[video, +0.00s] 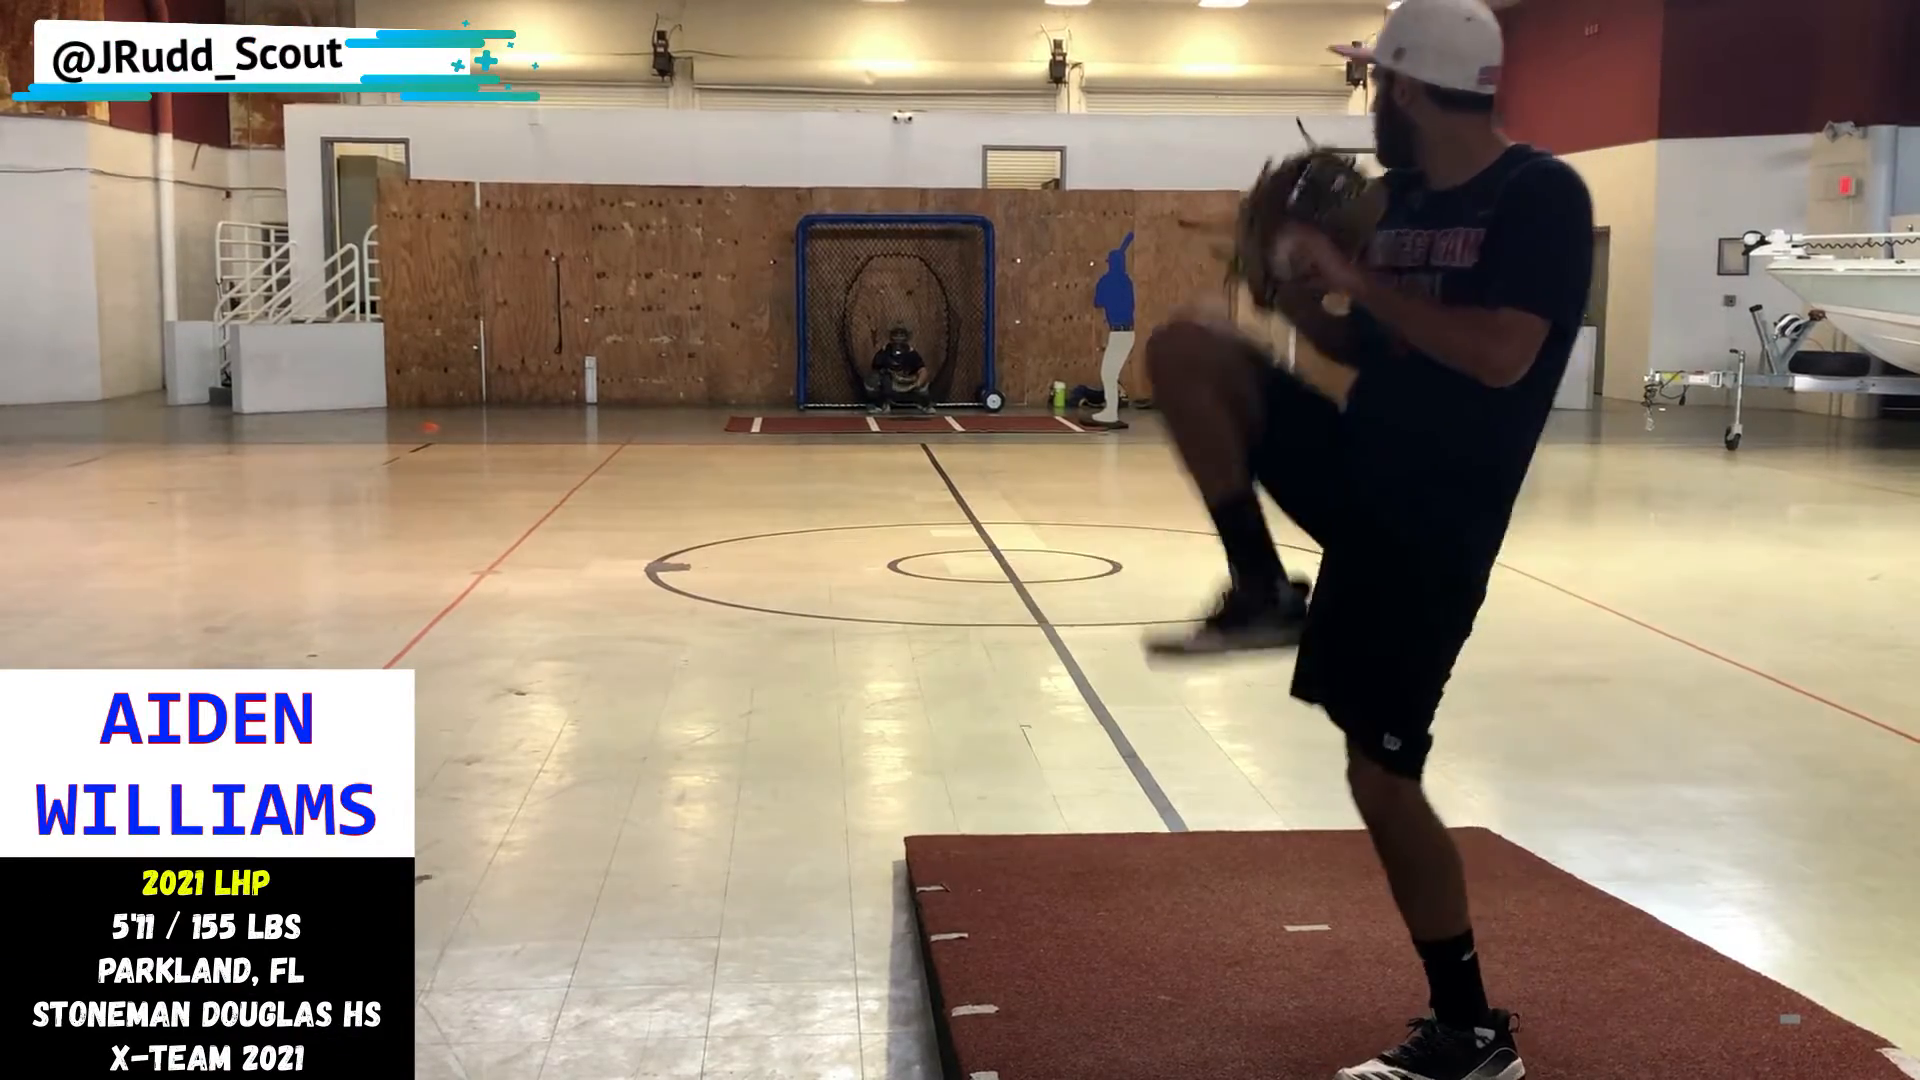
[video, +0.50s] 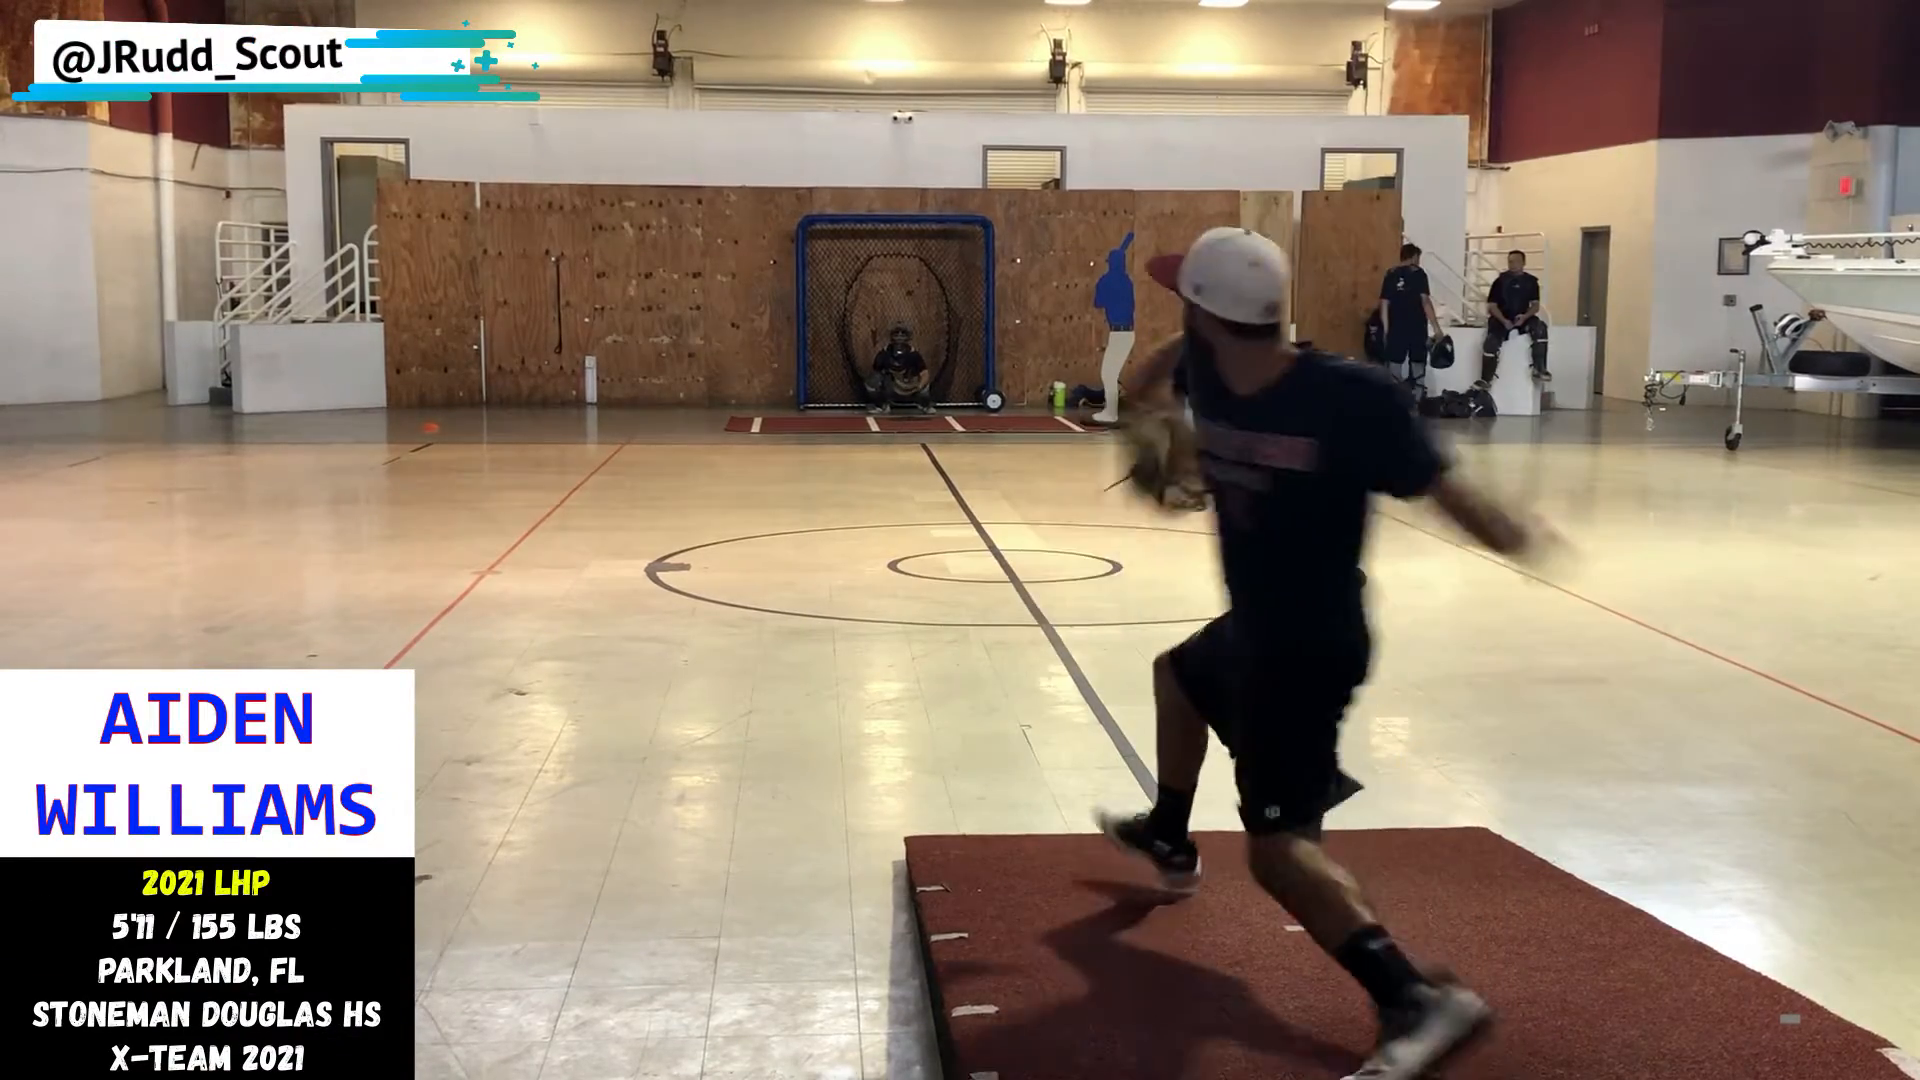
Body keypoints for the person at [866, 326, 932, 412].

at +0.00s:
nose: (898, 344)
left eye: (902, 341)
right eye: (895, 341)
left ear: (906, 341)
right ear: (891, 340)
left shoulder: (912, 354)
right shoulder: (882, 354)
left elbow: (923, 371)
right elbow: (875, 371)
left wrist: (918, 384)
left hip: (909, 381)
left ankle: (925, 405)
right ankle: (884, 405)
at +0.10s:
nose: (898, 344)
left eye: (902, 341)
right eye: (895, 341)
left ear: (907, 340)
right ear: (891, 340)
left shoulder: (912, 353)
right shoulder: (882, 354)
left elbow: (923, 372)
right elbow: (875, 371)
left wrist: (918, 385)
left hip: (910, 380)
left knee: (924, 385)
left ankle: (925, 405)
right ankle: (882, 405)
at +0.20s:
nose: (898, 343)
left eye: (902, 340)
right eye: (895, 340)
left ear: (907, 340)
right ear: (891, 339)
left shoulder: (912, 354)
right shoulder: (883, 353)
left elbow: (923, 373)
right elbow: (876, 372)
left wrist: (918, 385)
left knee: (924, 387)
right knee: (872, 382)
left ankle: (925, 405)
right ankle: (882, 405)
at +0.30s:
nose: (899, 342)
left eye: (902, 339)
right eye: (896, 339)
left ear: (907, 340)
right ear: (891, 339)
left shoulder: (913, 354)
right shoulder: (883, 353)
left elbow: (924, 373)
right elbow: (876, 373)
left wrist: (918, 386)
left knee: (924, 387)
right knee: (872, 382)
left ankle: (925, 406)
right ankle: (882, 405)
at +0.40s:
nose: (899, 342)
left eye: (903, 339)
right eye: (896, 338)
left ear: (908, 339)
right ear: (891, 339)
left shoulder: (914, 354)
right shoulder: (883, 353)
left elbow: (924, 374)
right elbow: (876, 372)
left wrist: (918, 387)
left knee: (925, 388)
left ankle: (925, 406)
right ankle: (882, 405)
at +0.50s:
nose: (899, 342)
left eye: (903, 339)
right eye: (896, 338)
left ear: (908, 340)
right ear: (891, 339)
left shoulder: (914, 354)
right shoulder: (883, 354)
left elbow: (925, 373)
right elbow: (876, 373)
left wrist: (920, 387)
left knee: (925, 388)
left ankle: (925, 406)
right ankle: (882, 405)